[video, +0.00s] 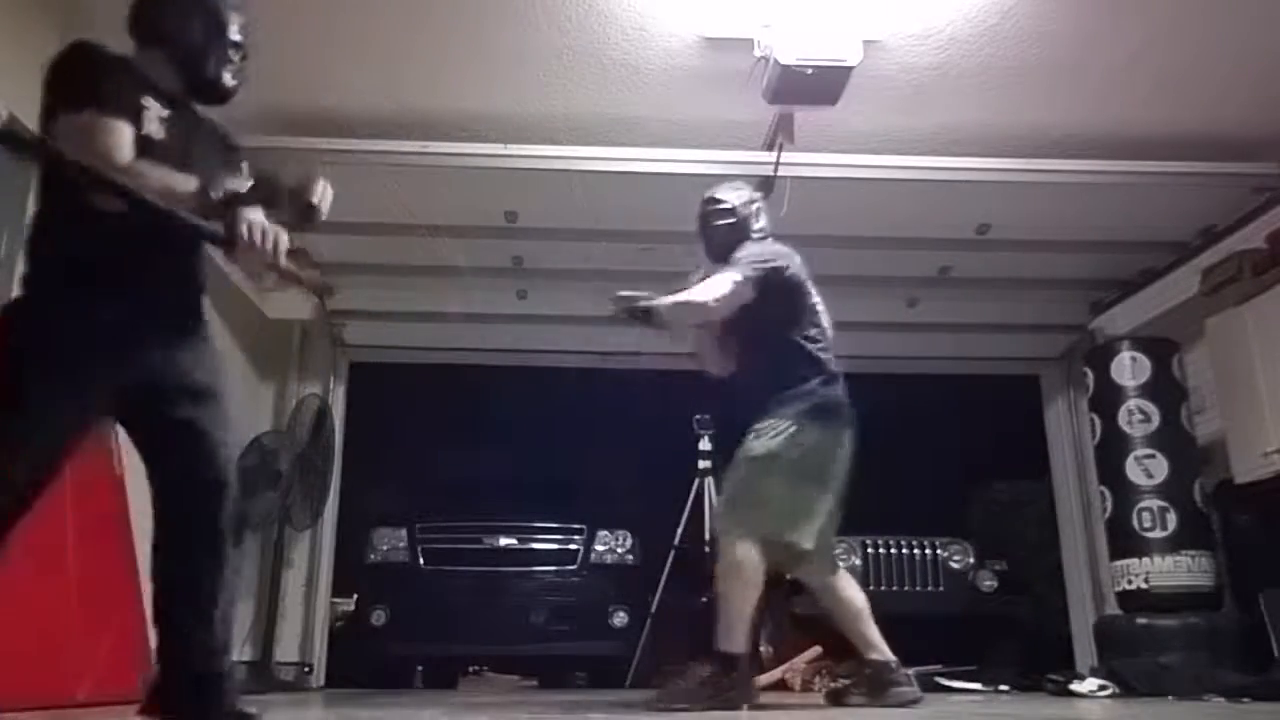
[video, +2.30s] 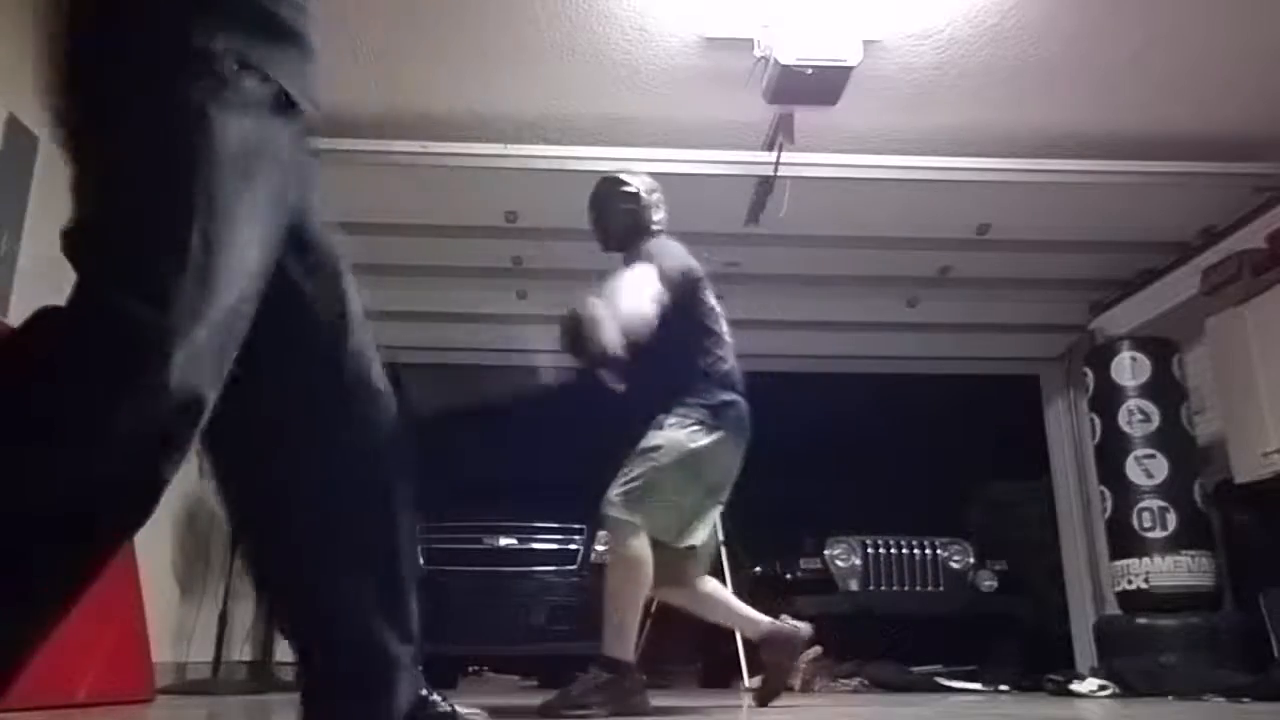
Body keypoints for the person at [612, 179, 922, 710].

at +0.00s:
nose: (714, 223)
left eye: (725, 213)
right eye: (707, 216)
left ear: (754, 217)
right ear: (701, 227)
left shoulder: (768, 254)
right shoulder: (733, 275)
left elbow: (714, 295)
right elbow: (722, 364)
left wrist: (655, 306)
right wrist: (695, 325)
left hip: (804, 408)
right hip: (807, 413)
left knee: (737, 525)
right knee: (810, 555)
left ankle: (729, 670)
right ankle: (886, 669)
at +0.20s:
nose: (700, 229)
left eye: (711, 217)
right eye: (697, 221)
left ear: (748, 219)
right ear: (755, 228)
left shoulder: (752, 260)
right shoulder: (778, 266)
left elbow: (724, 335)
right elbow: (753, 361)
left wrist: (666, 386)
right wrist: (697, 328)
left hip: (811, 409)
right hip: (853, 413)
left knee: (758, 535)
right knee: (837, 550)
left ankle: (774, 671)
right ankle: (884, 669)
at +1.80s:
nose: (709, 209)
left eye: (719, 197)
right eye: (704, 201)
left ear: (747, 205)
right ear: (702, 217)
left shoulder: (759, 248)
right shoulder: (736, 263)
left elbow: (751, 322)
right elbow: (705, 351)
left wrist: (704, 358)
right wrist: (651, 321)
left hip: (774, 407)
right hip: (768, 409)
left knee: (719, 524)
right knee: (775, 547)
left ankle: (752, 662)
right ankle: (831, 661)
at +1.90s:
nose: (697, 219)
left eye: (709, 209)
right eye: (691, 212)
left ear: (737, 215)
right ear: (683, 227)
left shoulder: (746, 259)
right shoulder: (718, 276)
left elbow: (739, 332)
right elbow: (689, 361)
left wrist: (703, 379)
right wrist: (689, 316)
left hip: (768, 410)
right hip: (753, 412)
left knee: (690, 504)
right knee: (769, 553)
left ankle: (725, 649)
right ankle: (832, 663)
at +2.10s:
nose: (644, 222)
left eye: (655, 213)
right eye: (641, 213)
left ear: (685, 219)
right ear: (646, 230)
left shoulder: (697, 254)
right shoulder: (665, 302)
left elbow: (637, 222)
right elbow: (626, 350)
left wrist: (574, 180)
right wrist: (596, 306)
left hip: (740, 415)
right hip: (715, 428)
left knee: (663, 520)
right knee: (717, 567)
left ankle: (623, 672)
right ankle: (821, 658)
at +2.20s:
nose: (620, 215)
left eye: (631, 206)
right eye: (617, 207)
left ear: (660, 213)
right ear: (623, 215)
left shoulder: (677, 250)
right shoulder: (647, 291)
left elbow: (626, 227)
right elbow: (631, 377)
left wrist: (563, 184)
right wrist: (593, 342)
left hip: (720, 413)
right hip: (706, 426)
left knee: (634, 514)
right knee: (681, 578)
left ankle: (618, 670)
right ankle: (797, 644)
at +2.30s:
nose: (596, 227)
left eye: (603, 213)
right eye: (595, 216)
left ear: (631, 211)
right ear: (646, 212)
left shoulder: (659, 255)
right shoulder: (651, 263)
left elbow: (632, 315)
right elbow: (636, 377)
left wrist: (598, 318)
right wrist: (592, 348)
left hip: (704, 410)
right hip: (705, 416)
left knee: (626, 515)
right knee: (671, 578)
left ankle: (616, 671)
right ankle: (776, 636)